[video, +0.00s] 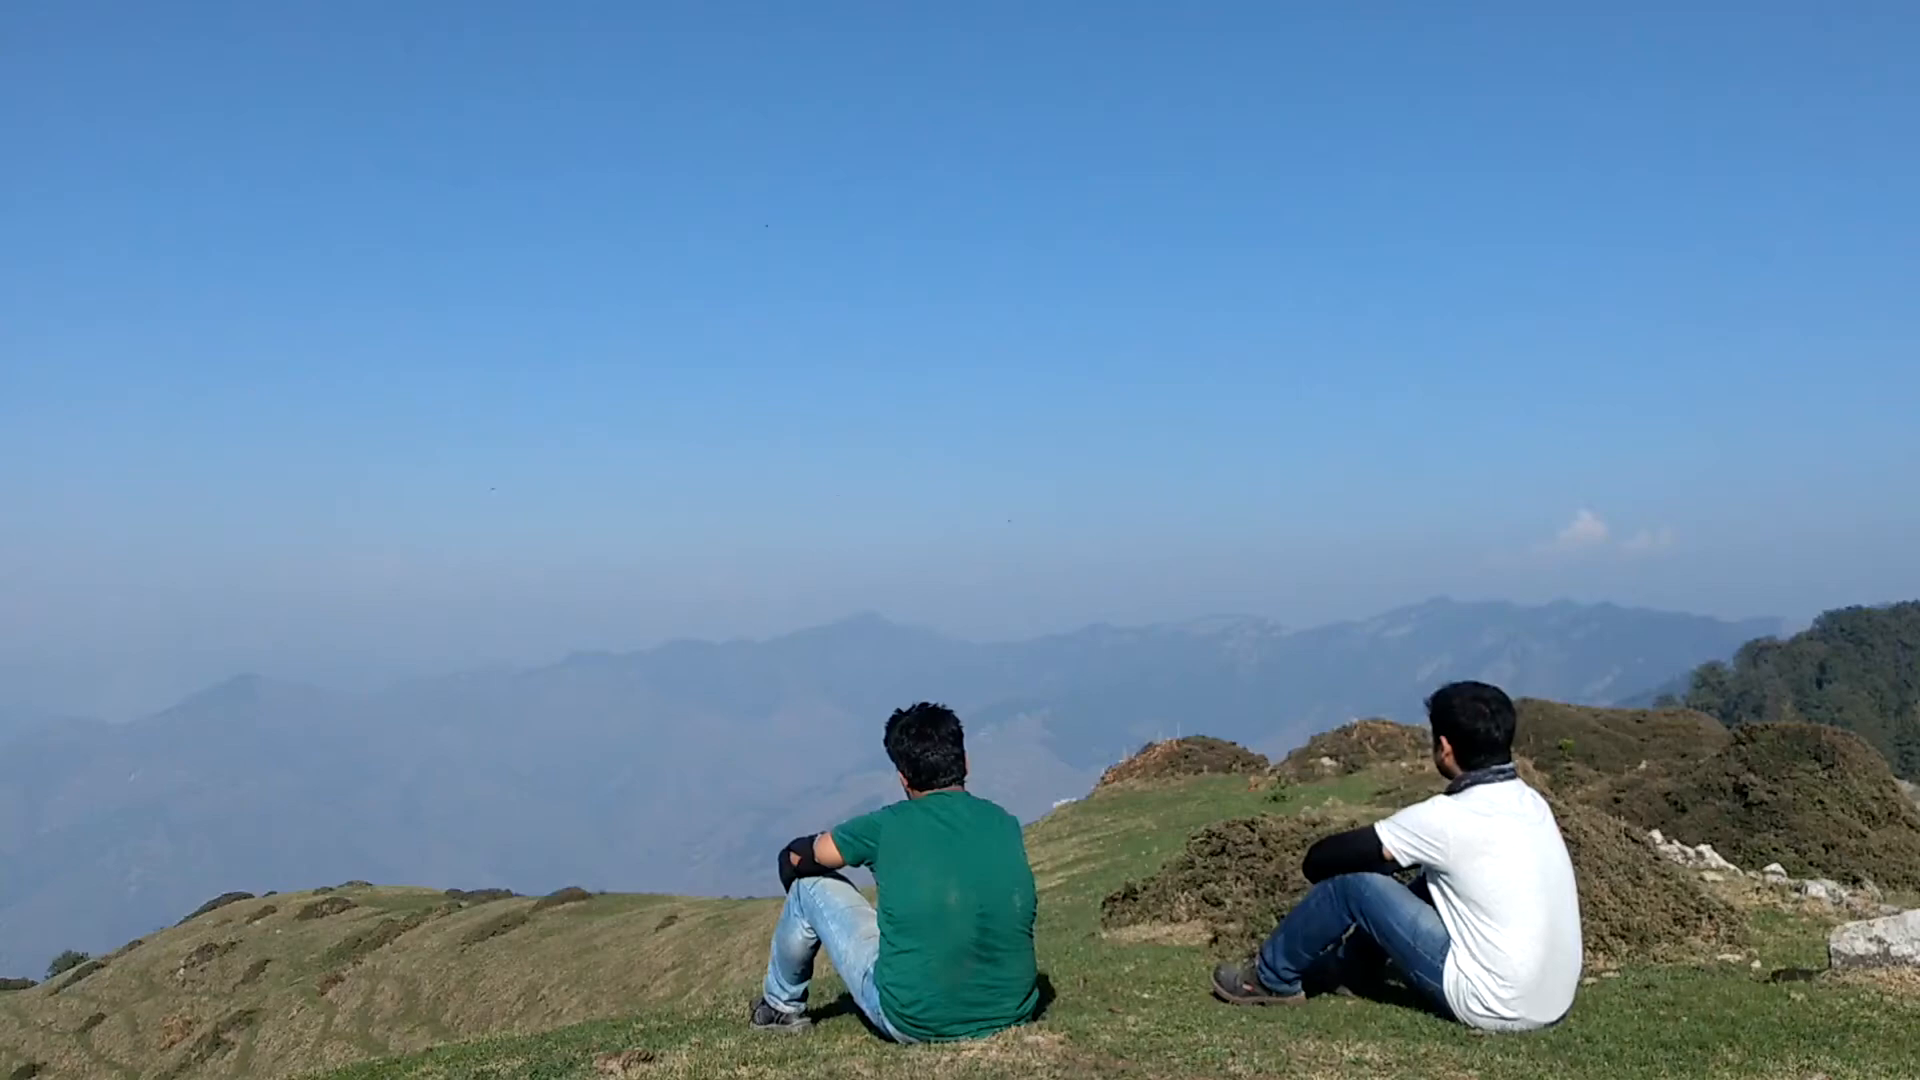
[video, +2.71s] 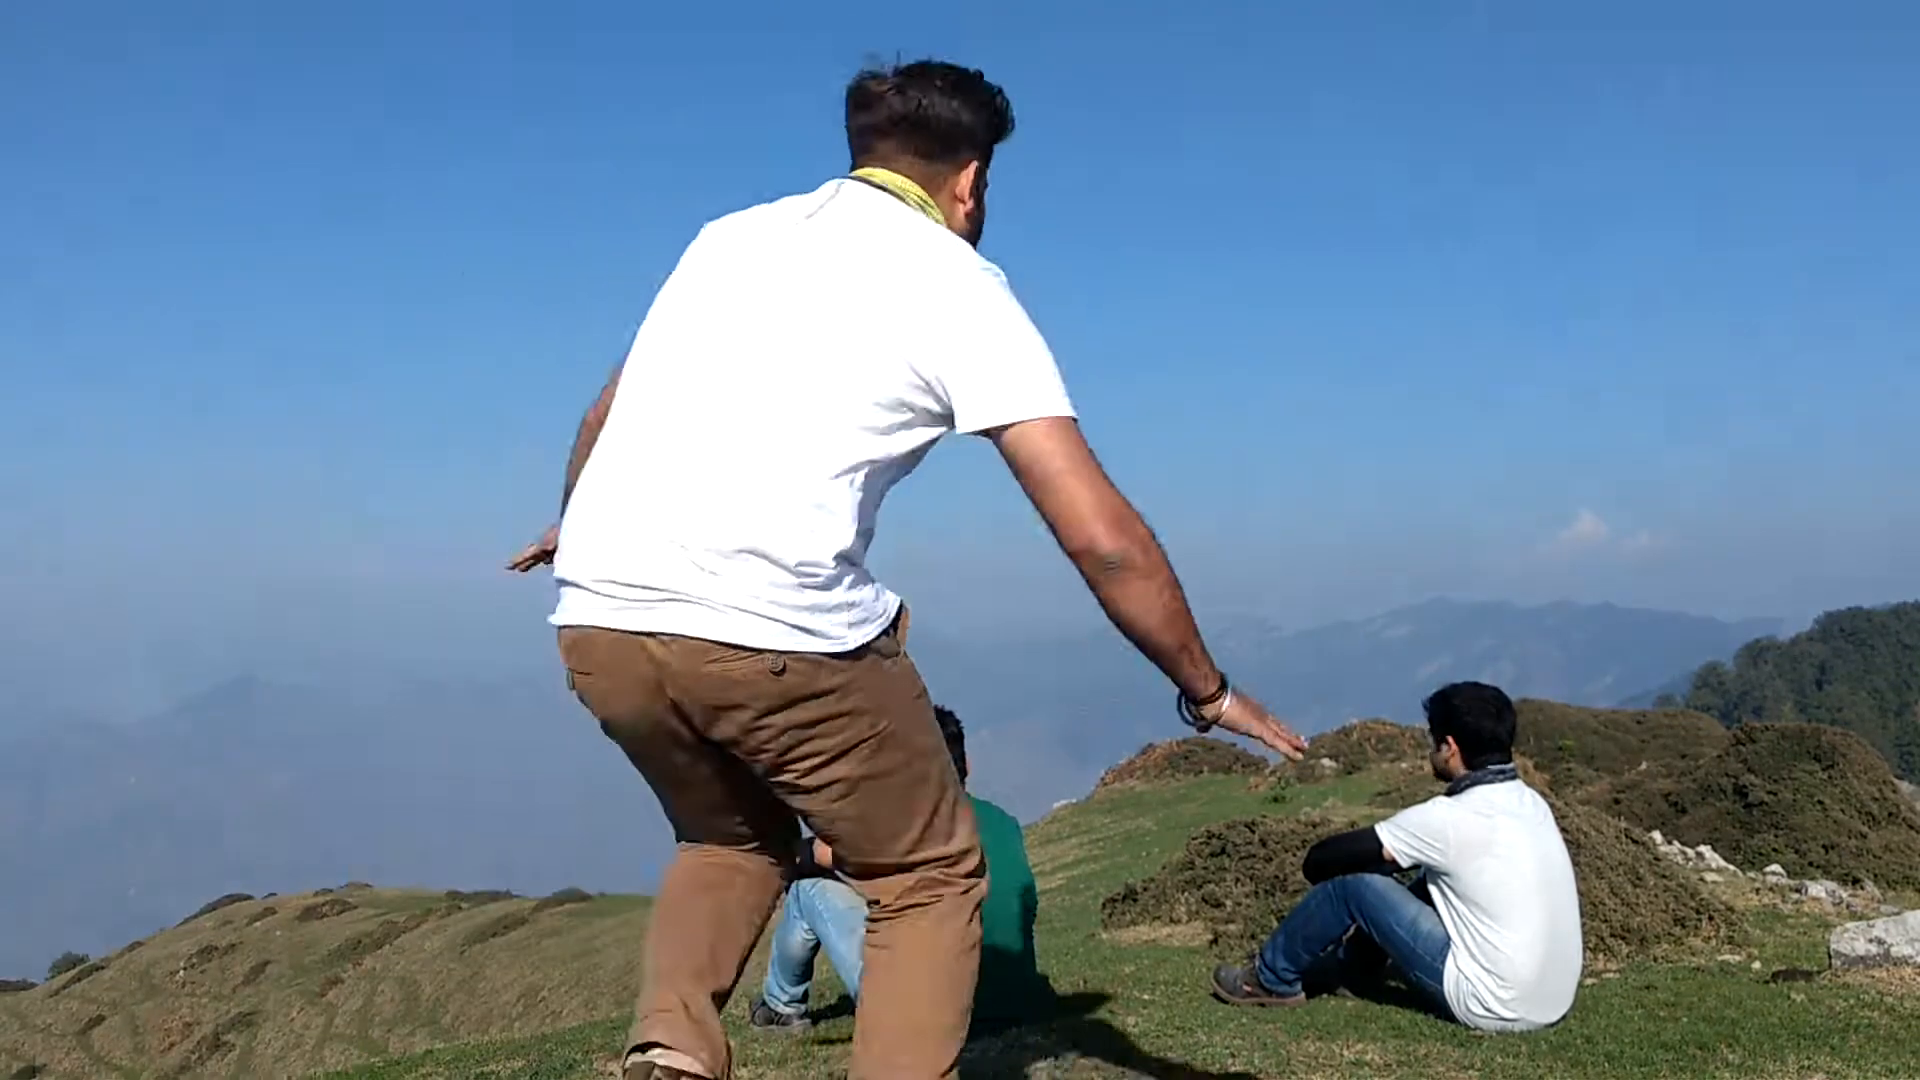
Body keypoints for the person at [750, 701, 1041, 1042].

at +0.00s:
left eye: (898, 771)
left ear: (904, 778)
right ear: (966, 764)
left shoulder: (888, 824)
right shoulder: (1006, 822)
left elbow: (796, 857)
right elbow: (1021, 912)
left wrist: (798, 891)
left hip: (915, 1020)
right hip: (1009, 1012)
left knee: (811, 886)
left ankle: (781, 1005)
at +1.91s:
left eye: (898, 770)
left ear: (904, 778)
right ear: (967, 764)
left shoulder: (888, 824)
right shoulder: (1005, 822)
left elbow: (796, 857)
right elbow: (1021, 912)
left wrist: (797, 889)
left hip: (915, 1020)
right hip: (1008, 1012)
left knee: (810, 885)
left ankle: (781, 1005)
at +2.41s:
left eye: (899, 771)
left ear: (905, 779)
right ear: (967, 765)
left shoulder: (889, 823)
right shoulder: (1006, 823)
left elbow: (796, 856)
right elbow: (1020, 911)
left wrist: (798, 893)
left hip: (912, 1018)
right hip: (1007, 1012)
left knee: (810, 886)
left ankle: (781, 1006)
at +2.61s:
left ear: (904, 779)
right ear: (966, 766)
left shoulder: (881, 829)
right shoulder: (1004, 824)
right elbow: (1022, 910)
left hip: (914, 1012)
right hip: (1010, 1006)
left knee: (824, 900)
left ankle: (777, 1001)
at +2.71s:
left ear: (911, 769)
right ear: (965, 764)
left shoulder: (897, 822)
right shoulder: (1004, 823)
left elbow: (822, 854)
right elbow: (1026, 904)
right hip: (1014, 1002)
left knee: (810, 890)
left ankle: (782, 1005)